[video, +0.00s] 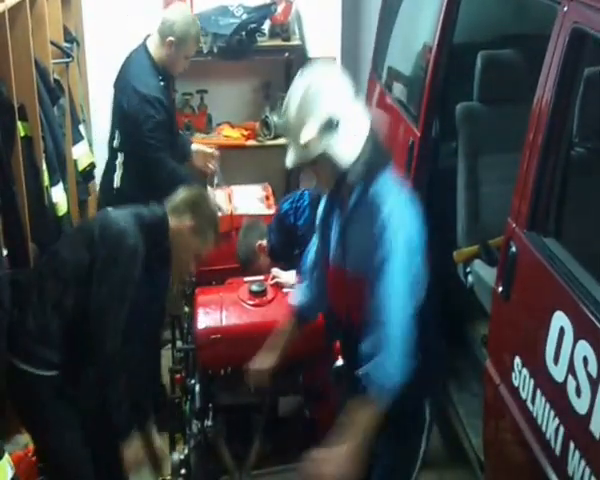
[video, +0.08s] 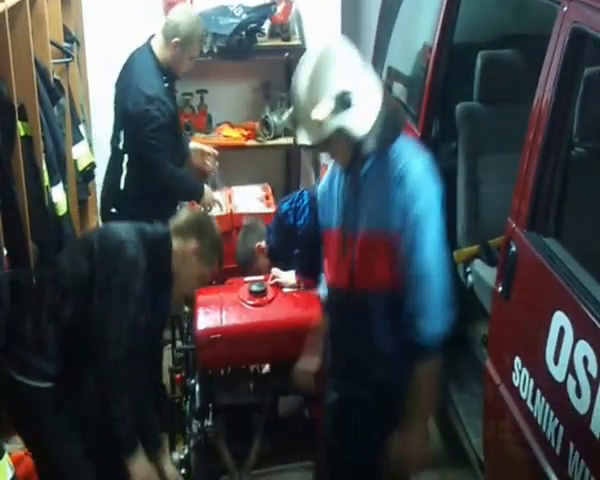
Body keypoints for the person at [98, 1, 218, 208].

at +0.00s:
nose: (187, 66)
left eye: (190, 59)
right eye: (186, 58)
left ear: (168, 42)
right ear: (169, 44)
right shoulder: (146, 91)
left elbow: (162, 131)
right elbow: (156, 162)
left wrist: (189, 151)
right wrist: (200, 191)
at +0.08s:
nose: (191, 67)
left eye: (194, 60)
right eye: (191, 59)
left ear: (172, 42)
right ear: (174, 45)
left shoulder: (144, 61)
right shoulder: (149, 96)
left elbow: (153, 130)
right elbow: (158, 169)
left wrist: (187, 151)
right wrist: (199, 192)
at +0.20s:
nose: (195, 67)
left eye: (198, 60)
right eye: (195, 59)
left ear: (175, 43)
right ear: (179, 47)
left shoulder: (145, 61)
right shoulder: (156, 95)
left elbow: (150, 131)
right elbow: (156, 168)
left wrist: (187, 151)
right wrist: (197, 189)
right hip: (144, 210)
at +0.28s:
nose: (198, 67)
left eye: (201, 61)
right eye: (198, 60)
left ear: (176, 43)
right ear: (182, 48)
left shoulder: (148, 61)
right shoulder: (159, 96)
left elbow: (150, 128)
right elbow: (156, 169)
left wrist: (187, 149)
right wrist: (195, 185)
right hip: (144, 212)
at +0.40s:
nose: (200, 71)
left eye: (204, 65)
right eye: (201, 64)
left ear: (181, 44)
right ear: (186, 50)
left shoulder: (150, 62)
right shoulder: (162, 95)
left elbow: (151, 128)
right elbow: (155, 166)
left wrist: (187, 146)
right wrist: (196, 175)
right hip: (145, 214)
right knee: (163, 293)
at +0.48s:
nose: (202, 75)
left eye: (206, 69)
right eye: (203, 67)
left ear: (183, 46)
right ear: (188, 53)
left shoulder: (151, 62)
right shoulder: (163, 94)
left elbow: (153, 130)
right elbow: (155, 165)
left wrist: (189, 147)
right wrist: (199, 174)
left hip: (129, 202)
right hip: (146, 215)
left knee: (137, 285)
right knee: (161, 292)